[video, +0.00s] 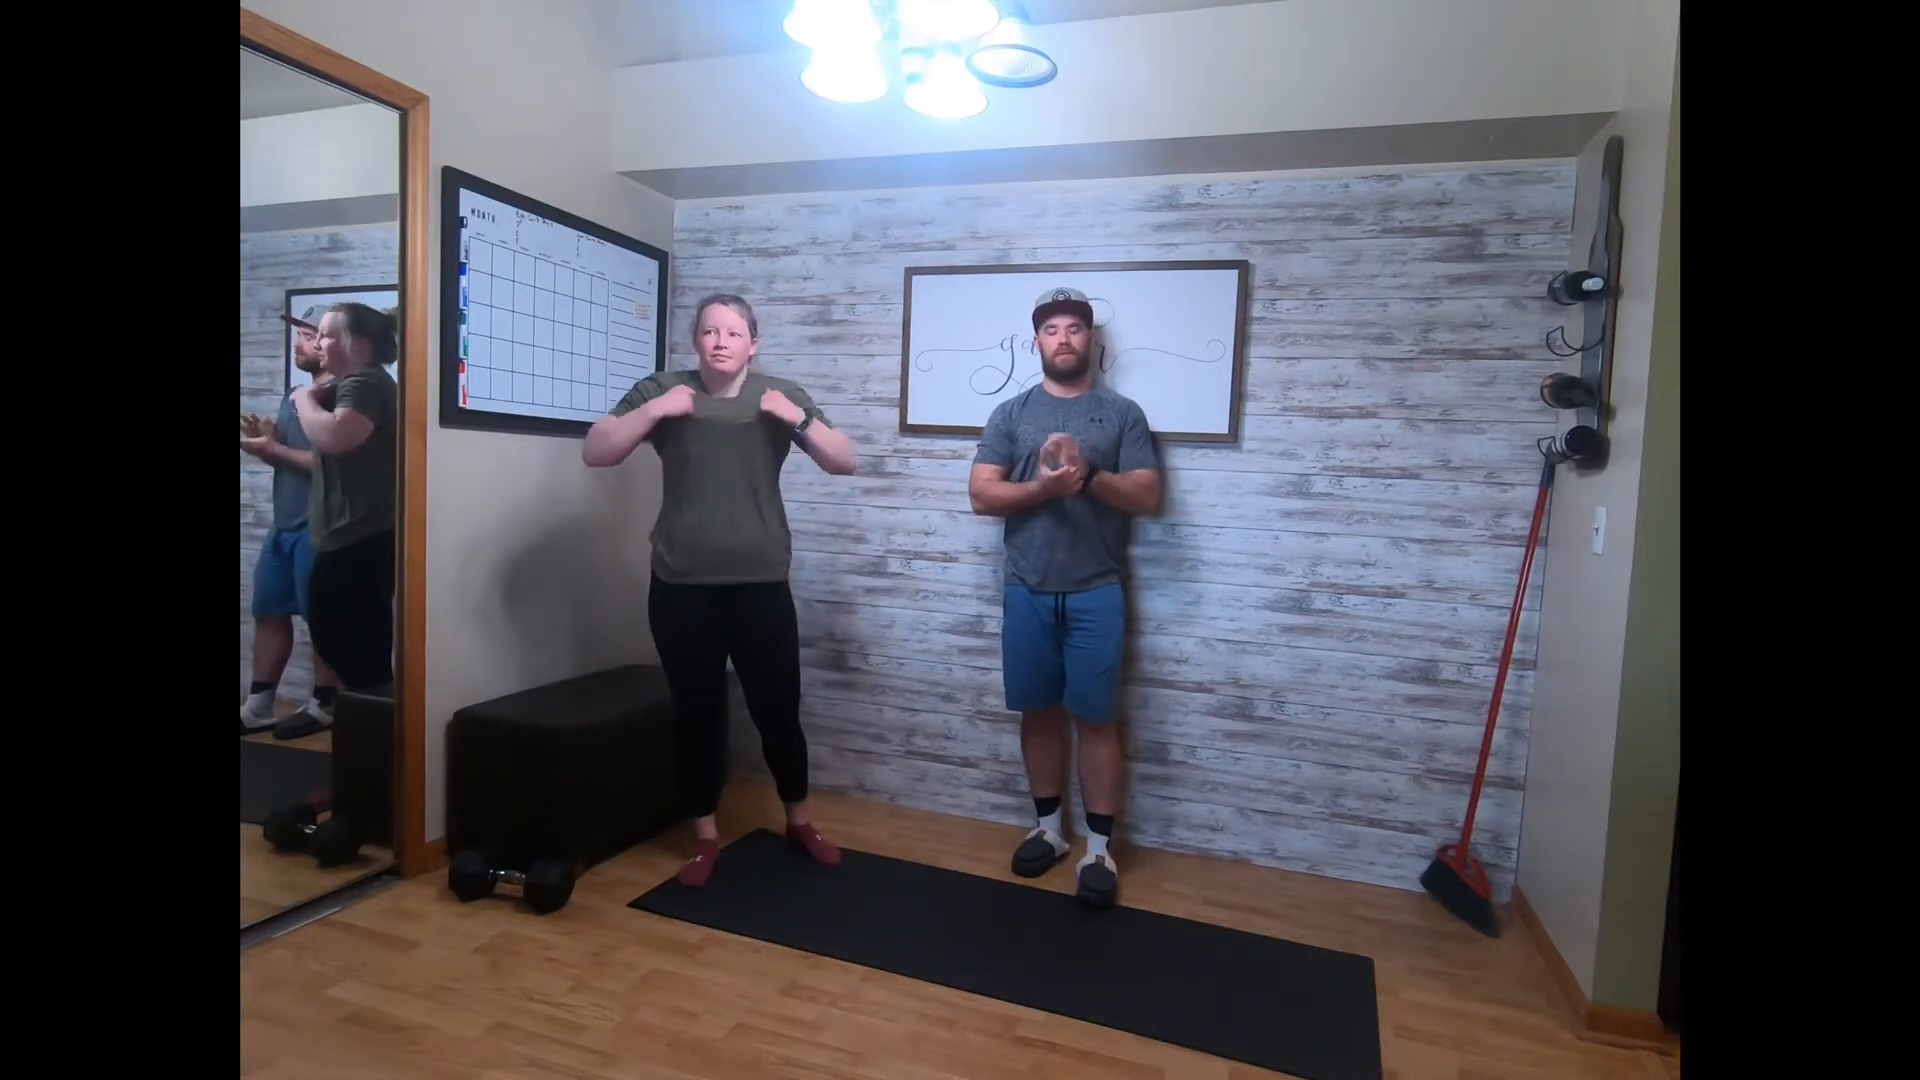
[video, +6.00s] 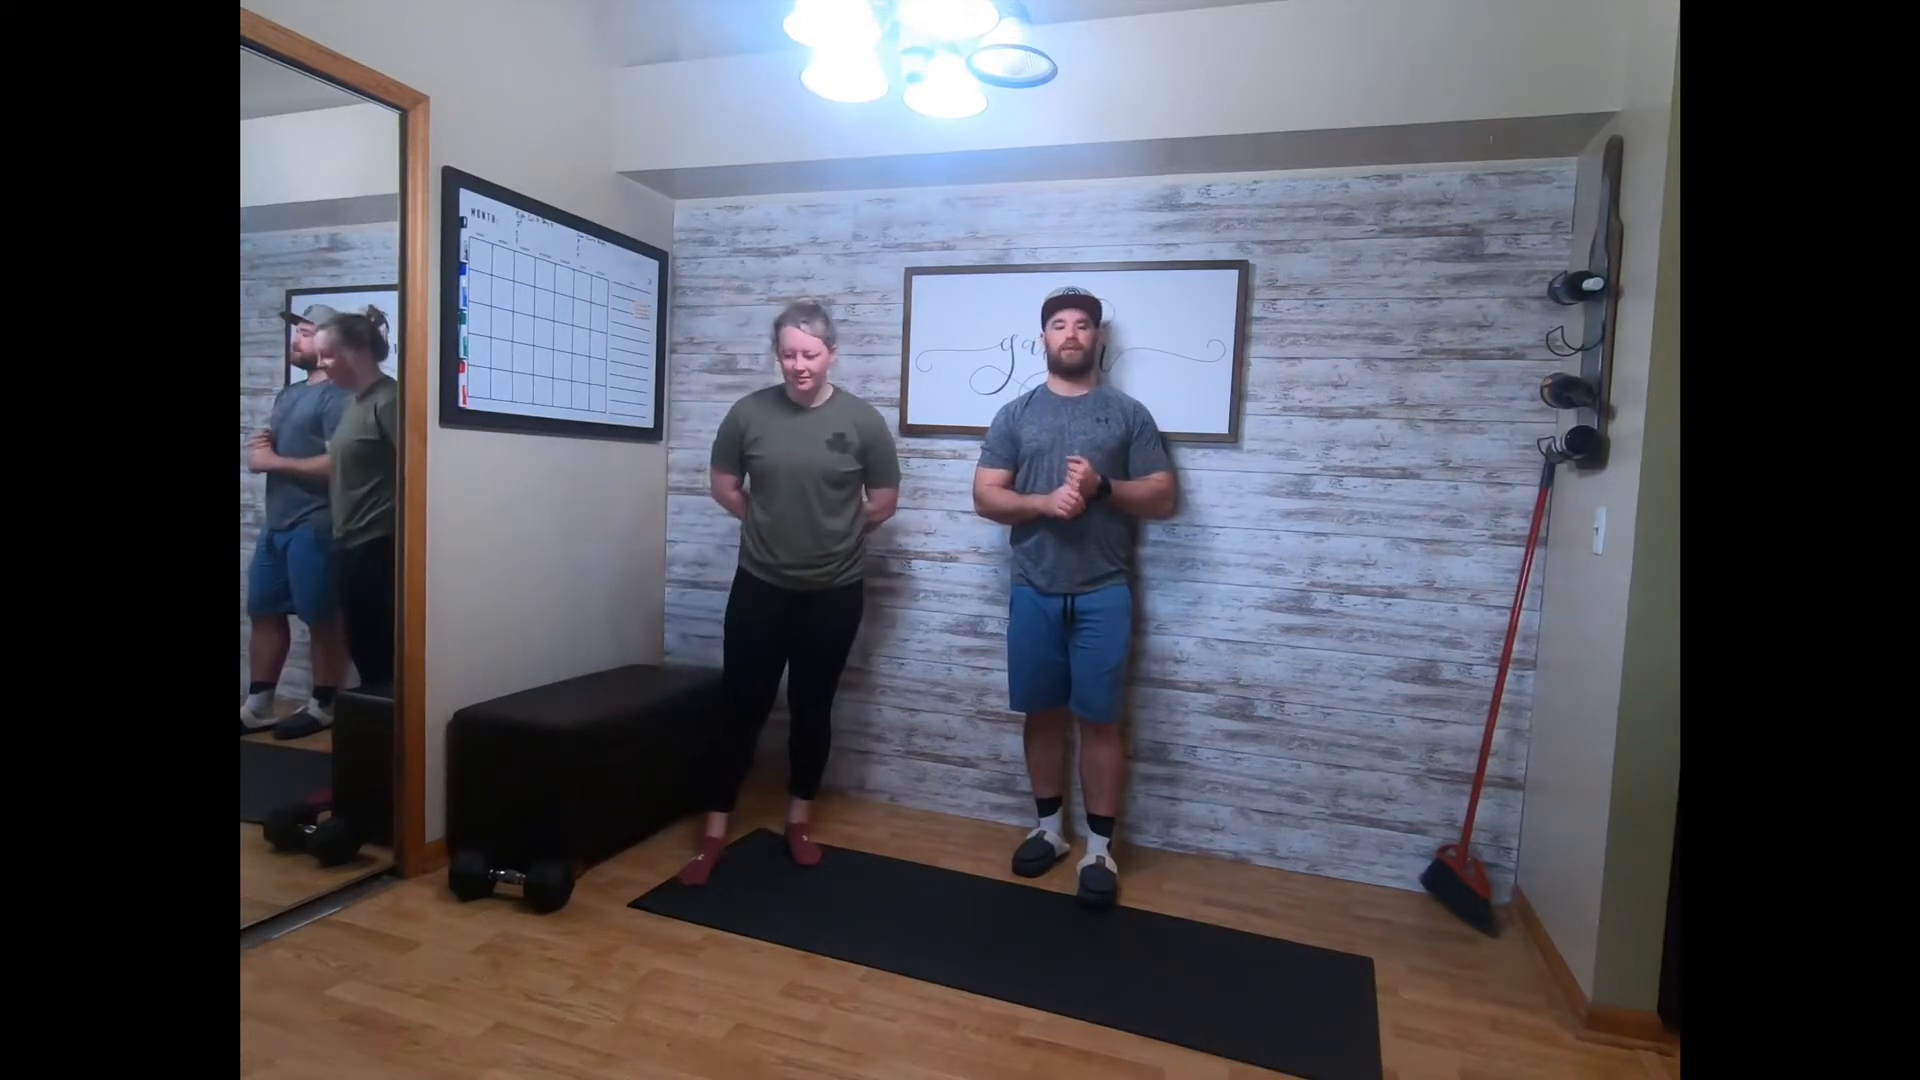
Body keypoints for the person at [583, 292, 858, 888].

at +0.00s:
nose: (720, 341)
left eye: (732, 333)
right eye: (709, 333)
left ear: (752, 343)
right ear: (695, 342)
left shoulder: (778, 396)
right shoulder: (664, 390)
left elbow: (845, 462)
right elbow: (595, 453)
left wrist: (799, 419)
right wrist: (655, 409)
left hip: (761, 584)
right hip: (681, 584)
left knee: (780, 713)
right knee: (696, 716)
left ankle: (801, 824)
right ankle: (707, 840)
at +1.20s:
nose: (736, 367)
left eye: (748, 357)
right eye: (726, 354)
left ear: (762, 354)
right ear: (703, 345)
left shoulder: (780, 409)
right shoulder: (660, 400)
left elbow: (842, 464)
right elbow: (591, 452)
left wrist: (811, 487)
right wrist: (644, 487)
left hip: (760, 585)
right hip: (682, 585)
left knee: (778, 710)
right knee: (695, 714)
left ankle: (797, 824)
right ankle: (707, 840)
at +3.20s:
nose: (740, 352)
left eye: (751, 341)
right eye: (728, 341)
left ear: (764, 348)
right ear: (706, 345)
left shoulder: (790, 418)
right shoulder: (667, 410)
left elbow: (808, 505)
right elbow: (630, 492)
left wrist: (750, 529)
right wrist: (688, 529)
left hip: (768, 594)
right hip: (687, 592)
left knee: (782, 717)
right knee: (698, 719)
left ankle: (798, 825)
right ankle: (707, 838)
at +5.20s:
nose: (781, 348)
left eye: (791, 339)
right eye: (770, 339)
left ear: (804, 346)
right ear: (748, 346)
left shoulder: (830, 416)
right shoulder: (713, 409)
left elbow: (843, 496)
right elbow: (679, 487)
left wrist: (793, 525)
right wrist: (732, 526)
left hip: (807, 589)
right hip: (732, 586)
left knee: (797, 710)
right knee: (723, 711)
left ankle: (798, 823)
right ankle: (710, 835)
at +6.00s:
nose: (800, 365)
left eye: (810, 353)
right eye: (790, 354)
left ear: (832, 356)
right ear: (777, 358)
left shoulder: (863, 422)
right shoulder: (748, 413)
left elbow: (884, 501)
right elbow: (724, 486)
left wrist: (830, 527)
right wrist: (771, 520)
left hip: (832, 592)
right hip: (759, 586)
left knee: (811, 709)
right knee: (739, 707)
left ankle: (798, 823)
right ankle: (714, 833)